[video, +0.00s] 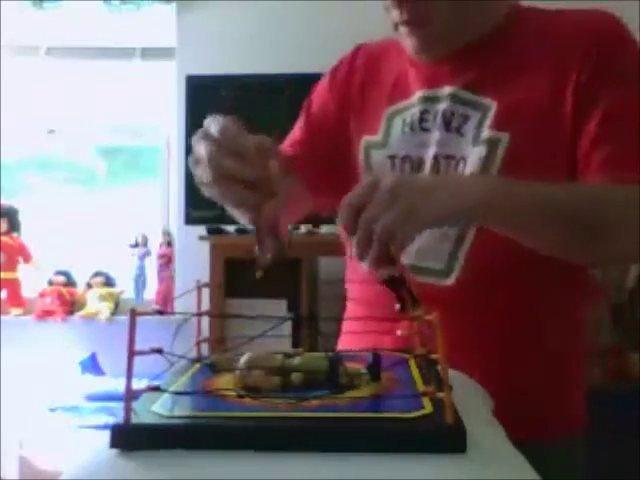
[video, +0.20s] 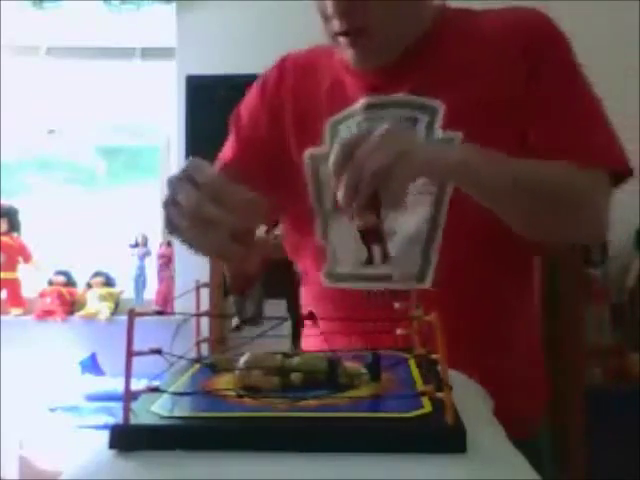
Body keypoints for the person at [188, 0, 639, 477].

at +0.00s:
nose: (397, 4)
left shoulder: (590, 46)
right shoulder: (360, 73)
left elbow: (621, 224)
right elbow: (274, 206)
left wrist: (461, 195)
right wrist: (231, 169)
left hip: (524, 428)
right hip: (366, 421)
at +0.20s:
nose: (336, 13)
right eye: (321, 0)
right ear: (307, 2)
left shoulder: (519, 45)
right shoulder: (290, 83)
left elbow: (591, 215)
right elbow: (242, 253)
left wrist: (445, 160)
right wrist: (200, 212)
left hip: (495, 425)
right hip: (338, 427)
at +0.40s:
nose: (287, 17)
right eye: (268, 0)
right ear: (254, 4)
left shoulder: (463, 40)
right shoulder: (234, 90)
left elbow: (545, 205)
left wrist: (423, 164)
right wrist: (164, 228)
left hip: (456, 394)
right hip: (302, 404)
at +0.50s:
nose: (274, 16)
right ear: (240, 2)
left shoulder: (445, 44)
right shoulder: (215, 93)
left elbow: (528, 200)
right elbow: (148, 237)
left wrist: (431, 188)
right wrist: (152, 227)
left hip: (446, 392)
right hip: (289, 407)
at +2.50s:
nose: (272, 10)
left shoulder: (408, 48)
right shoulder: (184, 98)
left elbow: (481, 201)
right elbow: (124, 260)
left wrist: (386, 178)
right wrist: (138, 221)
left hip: (420, 374)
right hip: (265, 386)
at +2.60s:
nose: (273, 10)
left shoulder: (405, 47)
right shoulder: (184, 97)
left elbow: (468, 201)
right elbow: (130, 267)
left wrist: (358, 197)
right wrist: (127, 213)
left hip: (418, 371)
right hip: (265, 384)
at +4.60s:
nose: (240, 11)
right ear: (199, 5)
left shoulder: (384, 47)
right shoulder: (169, 103)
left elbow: (437, 202)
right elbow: (116, 258)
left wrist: (319, 236)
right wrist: (129, 202)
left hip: (399, 367)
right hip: (249, 377)